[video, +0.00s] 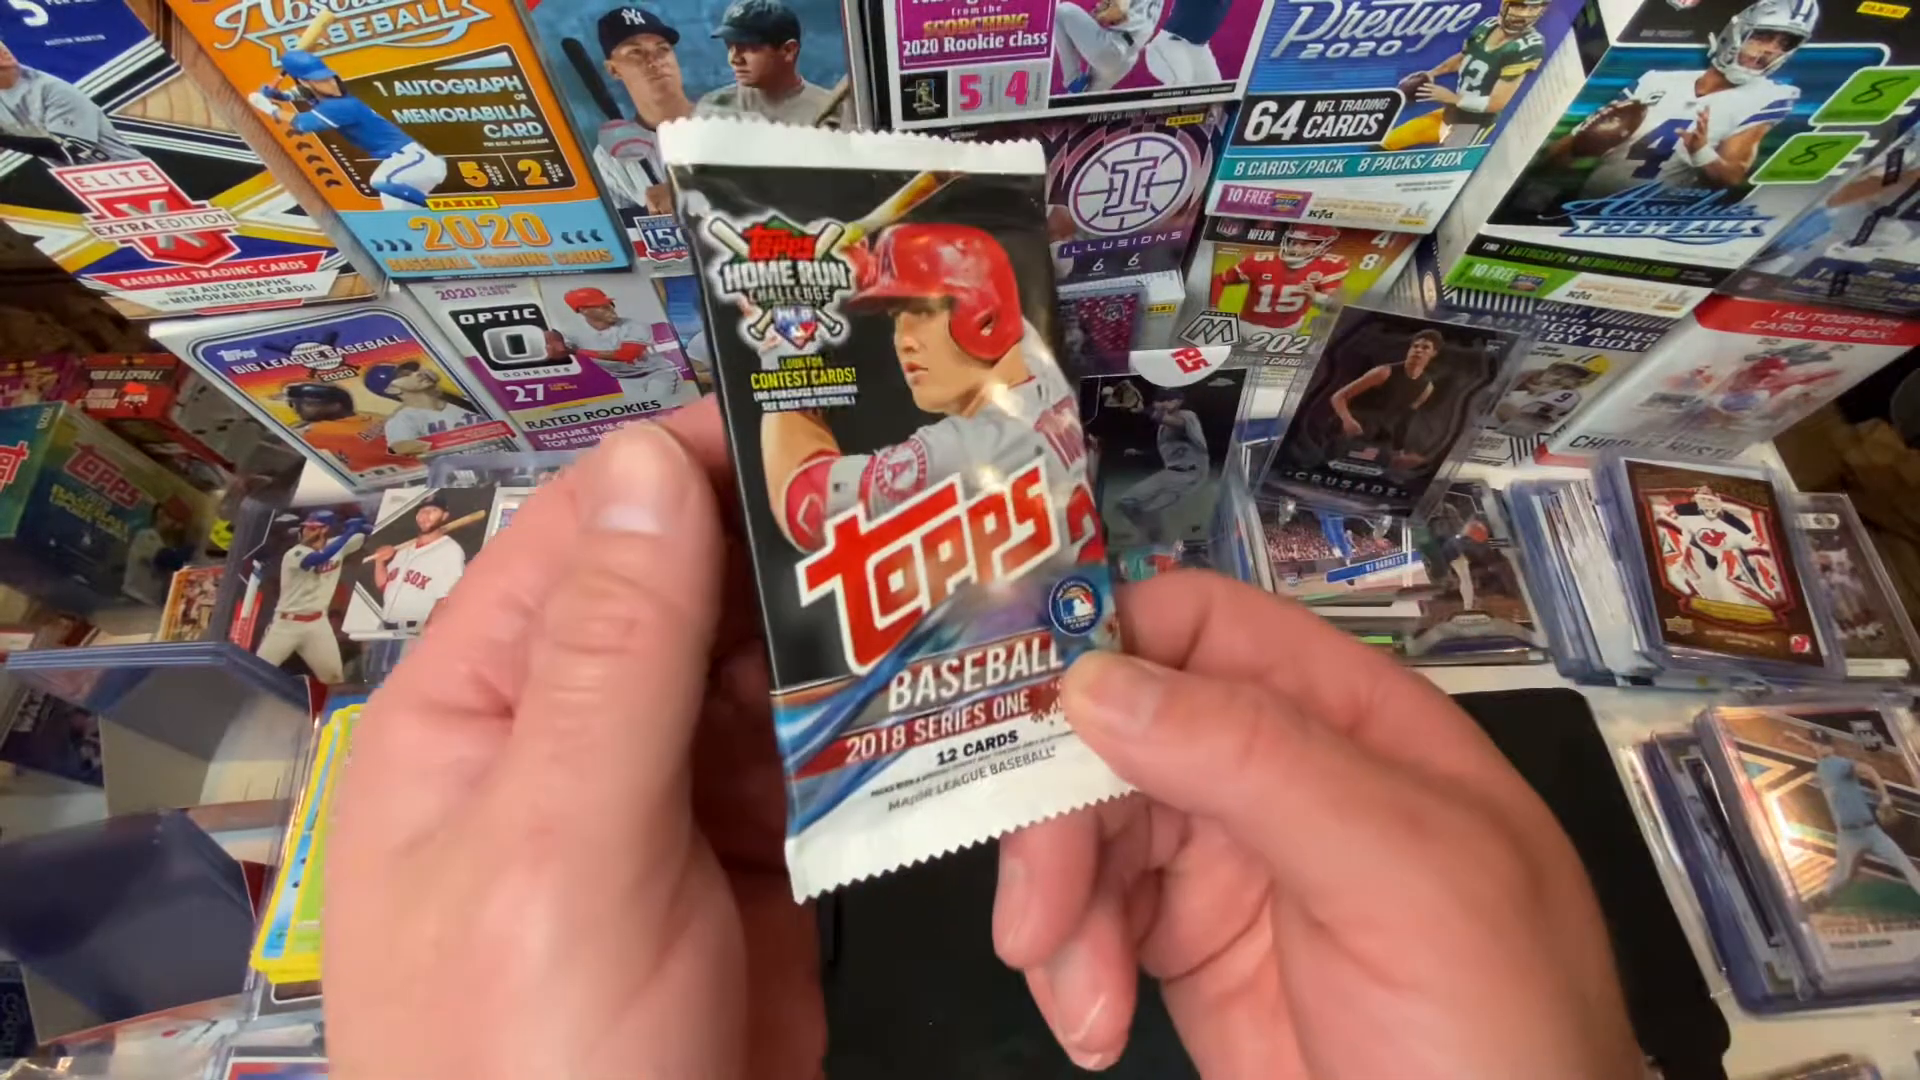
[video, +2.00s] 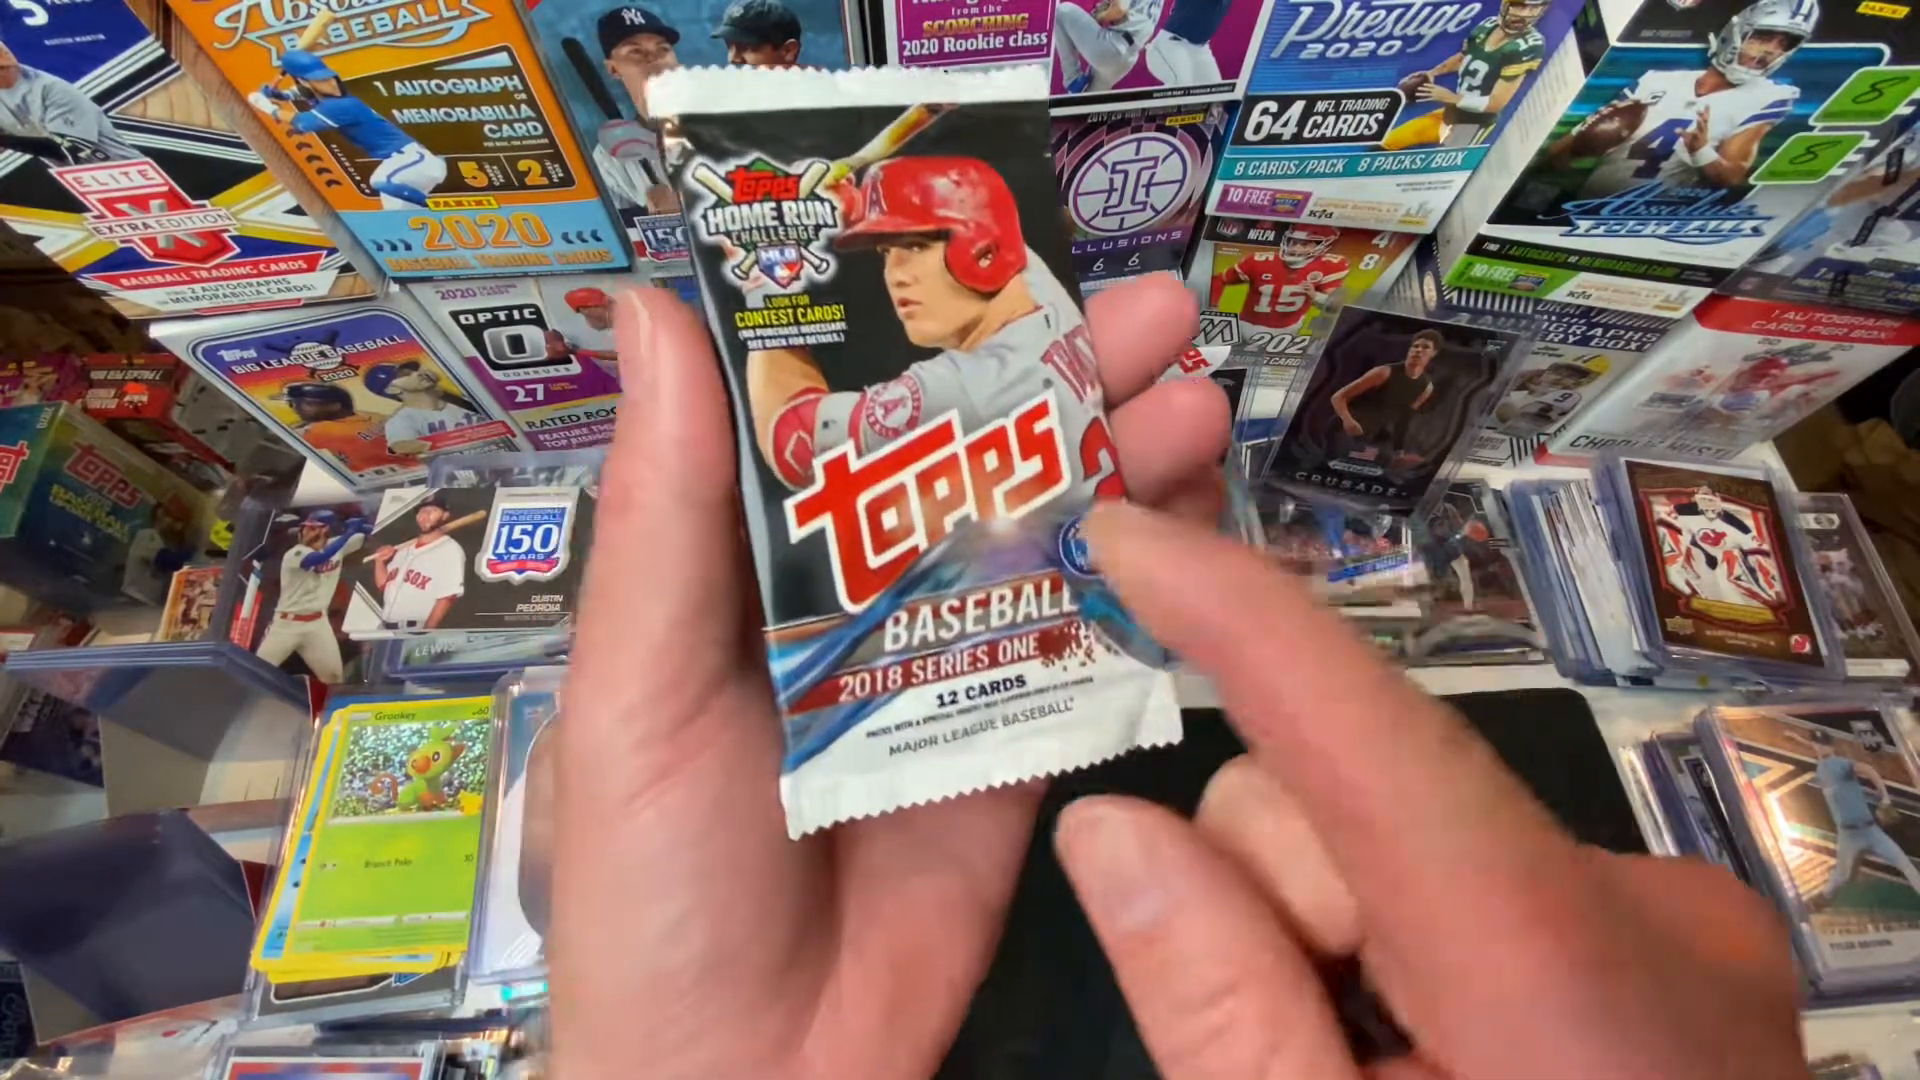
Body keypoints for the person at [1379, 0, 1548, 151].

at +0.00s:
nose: (1520, 13)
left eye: (1529, 7)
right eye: (1515, 5)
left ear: (1541, 11)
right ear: (1503, 5)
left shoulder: (1527, 47)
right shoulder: (1487, 26)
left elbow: (1495, 104)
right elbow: (1464, 58)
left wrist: (1451, 98)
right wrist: (1432, 73)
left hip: (1477, 124)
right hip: (1451, 112)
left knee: (1442, 173)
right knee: (1388, 141)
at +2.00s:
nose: (1521, 14)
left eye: (1531, 7)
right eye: (1516, 5)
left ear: (1542, 11)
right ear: (1503, 5)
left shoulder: (1527, 47)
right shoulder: (1487, 26)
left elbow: (1495, 104)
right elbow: (1463, 58)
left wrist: (1449, 97)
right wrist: (1432, 73)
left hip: (1477, 123)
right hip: (1451, 111)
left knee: (1441, 174)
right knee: (1388, 141)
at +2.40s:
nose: (1520, 13)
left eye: (1530, 7)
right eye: (1515, 5)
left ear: (1541, 11)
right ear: (1503, 5)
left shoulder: (1527, 47)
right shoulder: (1487, 26)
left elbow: (1495, 103)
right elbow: (1463, 58)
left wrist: (1450, 97)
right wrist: (1432, 73)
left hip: (1478, 123)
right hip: (1452, 111)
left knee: (1442, 174)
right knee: (1388, 141)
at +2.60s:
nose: (1520, 13)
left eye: (1530, 7)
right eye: (1515, 4)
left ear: (1541, 11)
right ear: (1503, 5)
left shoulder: (1527, 47)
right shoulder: (1487, 26)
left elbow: (1496, 102)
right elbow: (1463, 58)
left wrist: (1450, 97)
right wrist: (1432, 73)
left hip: (1477, 123)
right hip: (1452, 111)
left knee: (1442, 174)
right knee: (1388, 141)